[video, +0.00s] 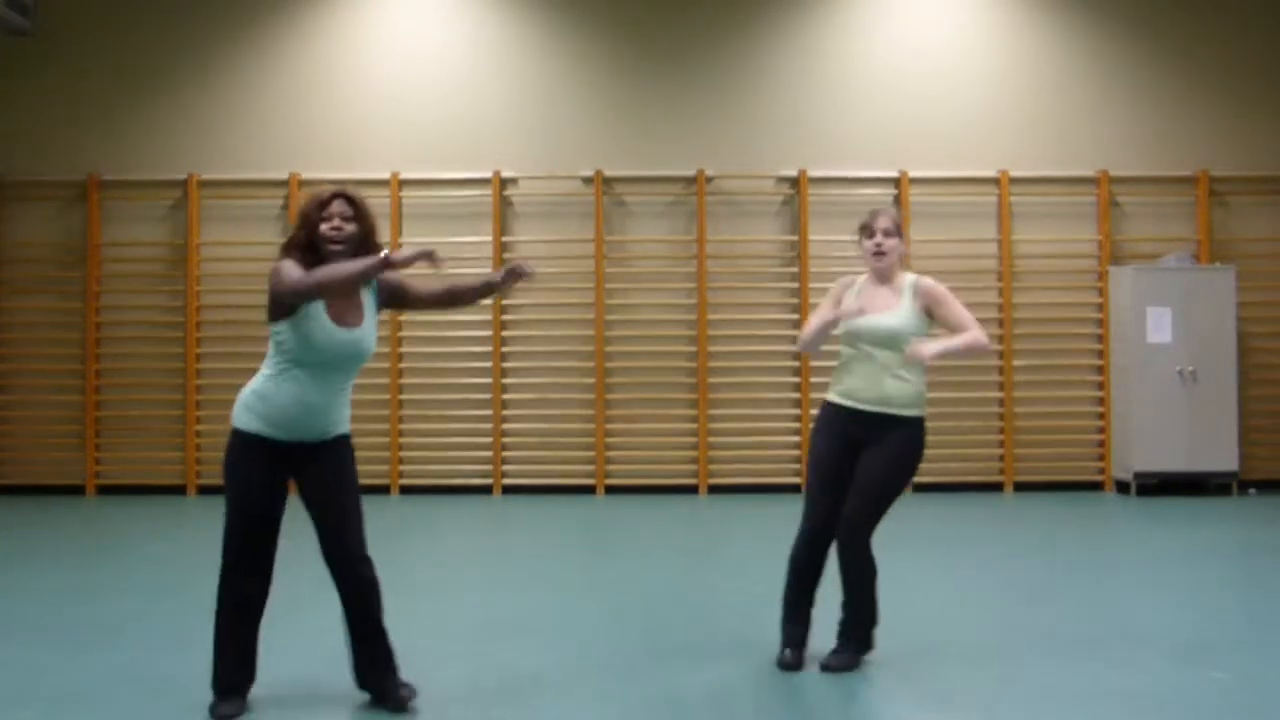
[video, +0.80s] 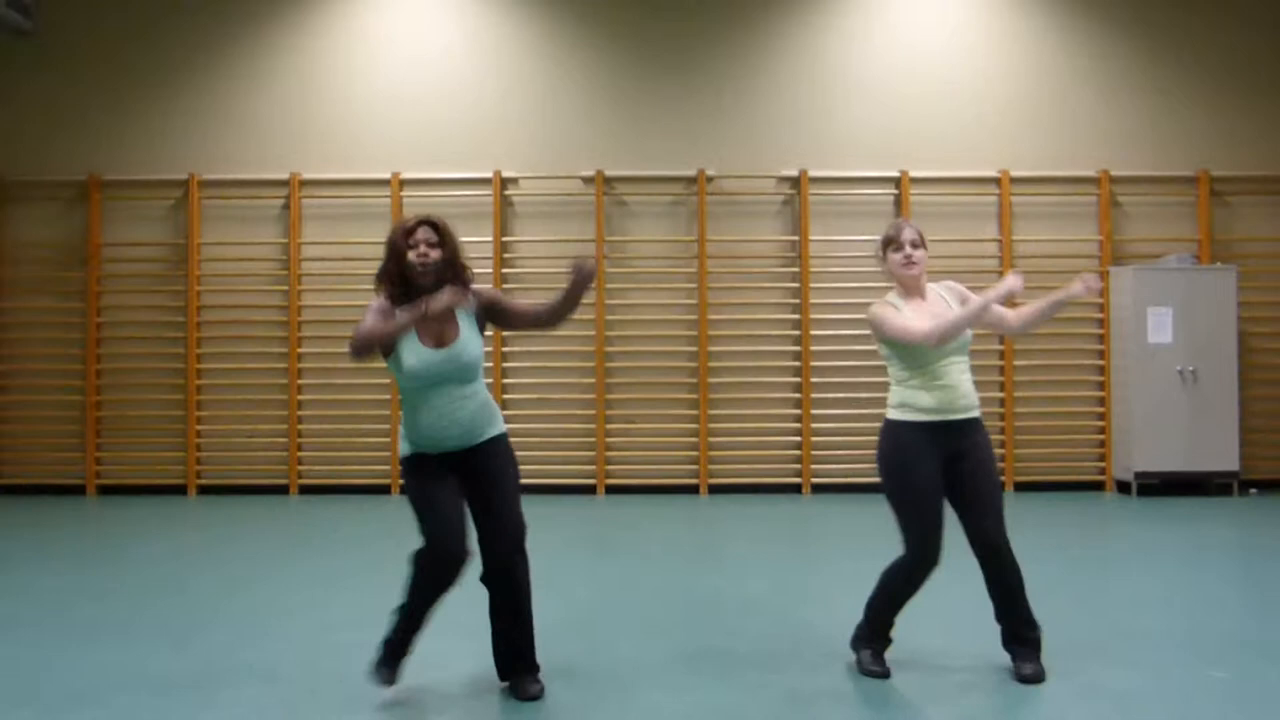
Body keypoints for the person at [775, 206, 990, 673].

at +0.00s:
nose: (879, 242)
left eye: (888, 234)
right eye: (871, 235)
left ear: (903, 242)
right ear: (860, 244)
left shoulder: (923, 290)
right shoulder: (846, 289)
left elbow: (979, 337)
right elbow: (805, 344)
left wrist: (935, 347)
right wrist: (836, 316)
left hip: (898, 426)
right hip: (839, 419)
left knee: (853, 531)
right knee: (815, 527)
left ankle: (855, 642)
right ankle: (793, 639)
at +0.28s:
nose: (862, 255)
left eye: (870, 248)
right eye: (852, 248)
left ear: (884, 257)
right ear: (841, 259)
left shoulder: (906, 306)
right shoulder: (825, 307)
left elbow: (944, 360)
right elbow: (803, 369)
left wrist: (939, 378)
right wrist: (865, 375)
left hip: (883, 442)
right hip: (825, 437)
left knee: (902, 545)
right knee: (817, 545)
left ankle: (872, 626)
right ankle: (797, 640)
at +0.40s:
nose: (872, 248)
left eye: (881, 241)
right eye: (862, 242)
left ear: (894, 253)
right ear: (849, 256)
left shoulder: (914, 301)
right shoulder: (838, 304)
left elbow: (946, 352)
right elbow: (835, 369)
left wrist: (939, 369)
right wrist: (895, 357)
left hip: (902, 437)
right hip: (845, 437)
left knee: (929, 543)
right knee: (833, 546)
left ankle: (911, 639)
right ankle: (799, 638)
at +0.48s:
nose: (879, 242)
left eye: (886, 235)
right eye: (868, 237)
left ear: (899, 244)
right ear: (855, 251)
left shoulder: (919, 289)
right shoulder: (848, 297)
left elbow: (969, 325)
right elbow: (867, 343)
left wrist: (953, 316)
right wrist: (919, 312)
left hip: (918, 430)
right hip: (863, 432)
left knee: (925, 546)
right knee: (864, 545)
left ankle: (904, 642)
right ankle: (811, 632)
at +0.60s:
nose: (889, 239)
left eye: (896, 232)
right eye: (879, 234)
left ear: (909, 240)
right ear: (865, 246)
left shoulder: (929, 285)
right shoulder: (859, 292)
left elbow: (992, 303)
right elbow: (900, 304)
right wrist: (959, 258)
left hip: (928, 425)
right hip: (875, 426)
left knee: (961, 532)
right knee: (893, 538)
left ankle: (926, 630)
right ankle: (868, 642)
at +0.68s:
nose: (897, 245)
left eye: (904, 238)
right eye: (887, 239)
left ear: (916, 245)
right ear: (874, 250)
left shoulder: (935, 291)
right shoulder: (868, 296)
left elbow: (1003, 300)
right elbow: (920, 299)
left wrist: (1048, 259)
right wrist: (981, 249)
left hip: (940, 431)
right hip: (885, 434)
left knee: (982, 535)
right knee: (898, 545)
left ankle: (977, 635)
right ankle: (863, 642)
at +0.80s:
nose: (909, 254)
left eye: (916, 246)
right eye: (898, 249)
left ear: (928, 253)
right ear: (884, 261)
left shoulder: (952, 293)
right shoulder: (882, 311)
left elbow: (1012, 321)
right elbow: (926, 335)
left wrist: (1067, 294)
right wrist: (994, 295)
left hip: (966, 434)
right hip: (909, 438)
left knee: (993, 544)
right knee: (923, 554)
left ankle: (1024, 649)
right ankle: (869, 640)